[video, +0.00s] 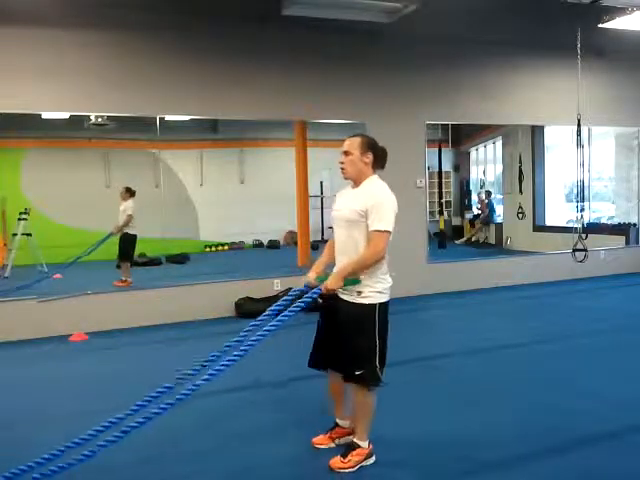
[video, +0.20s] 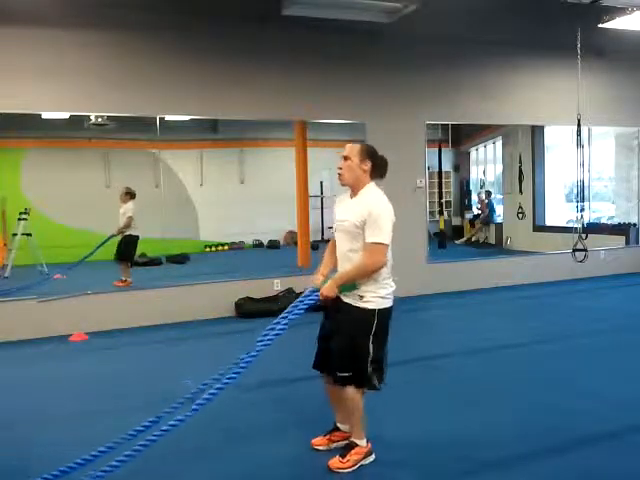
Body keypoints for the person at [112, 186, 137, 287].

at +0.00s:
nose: (121, 195)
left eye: (123, 193)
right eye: (121, 193)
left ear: (128, 194)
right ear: (126, 194)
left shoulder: (130, 204)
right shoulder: (124, 204)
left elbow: (129, 218)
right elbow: (125, 217)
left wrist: (119, 228)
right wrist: (118, 227)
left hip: (129, 233)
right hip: (125, 232)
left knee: (125, 258)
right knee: (123, 257)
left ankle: (126, 278)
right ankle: (125, 278)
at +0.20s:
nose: (120, 197)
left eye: (122, 195)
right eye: (121, 195)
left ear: (128, 196)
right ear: (127, 196)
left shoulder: (130, 206)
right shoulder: (125, 206)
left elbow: (129, 221)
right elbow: (127, 221)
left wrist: (120, 229)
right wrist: (121, 229)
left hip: (131, 234)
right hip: (127, 234)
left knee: (124, 258)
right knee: (123, 257)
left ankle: (127, 278)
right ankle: (125, 278)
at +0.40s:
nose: (124, 196)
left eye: (126, 194)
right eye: (125, 194)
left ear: (132, 196)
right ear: (130, 196)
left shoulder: (134, 204)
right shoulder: (129, 206)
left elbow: (131, 216)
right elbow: (121, 221)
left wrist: (119, 220)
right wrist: (110, 226)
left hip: (131, 235)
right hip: (127, 234)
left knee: (125, 259)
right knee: (124, 259)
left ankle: (125, 279)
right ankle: (124, 278)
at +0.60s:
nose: (125, 194)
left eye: (127, 192)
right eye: (125, 192)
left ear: (131, 193)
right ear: (133, 193)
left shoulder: (134, 201)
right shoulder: (132, 202)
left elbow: (124, 202)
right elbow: (122, 202)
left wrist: (112, 202)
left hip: (132, 231)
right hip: (132, 230)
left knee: (127, 256)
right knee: (128, 255)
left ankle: (127, 279)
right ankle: (127, 278)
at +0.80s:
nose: (119, 201)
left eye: (121, 199)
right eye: (119, 198)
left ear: (125, 200)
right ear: (126, 200)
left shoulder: (129, 210)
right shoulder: (124, 210)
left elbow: (129, 224)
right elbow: (120, 219)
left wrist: (119, 224)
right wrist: (113, 221)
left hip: (130, 237)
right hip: (127, 237)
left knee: (123, 261)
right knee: (122, 262)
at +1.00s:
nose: (119, 193)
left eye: (121, 191)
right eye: (119, 191)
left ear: (126, 191)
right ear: (126, 191)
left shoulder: (130, 199)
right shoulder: (124, 201)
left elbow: (128, 210)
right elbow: (120, 211)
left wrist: (116, 211)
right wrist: (111, 211)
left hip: (126, 228)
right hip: (121, 227)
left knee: (117, 253)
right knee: (115, 252)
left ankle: (118, 274)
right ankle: (116, 274)